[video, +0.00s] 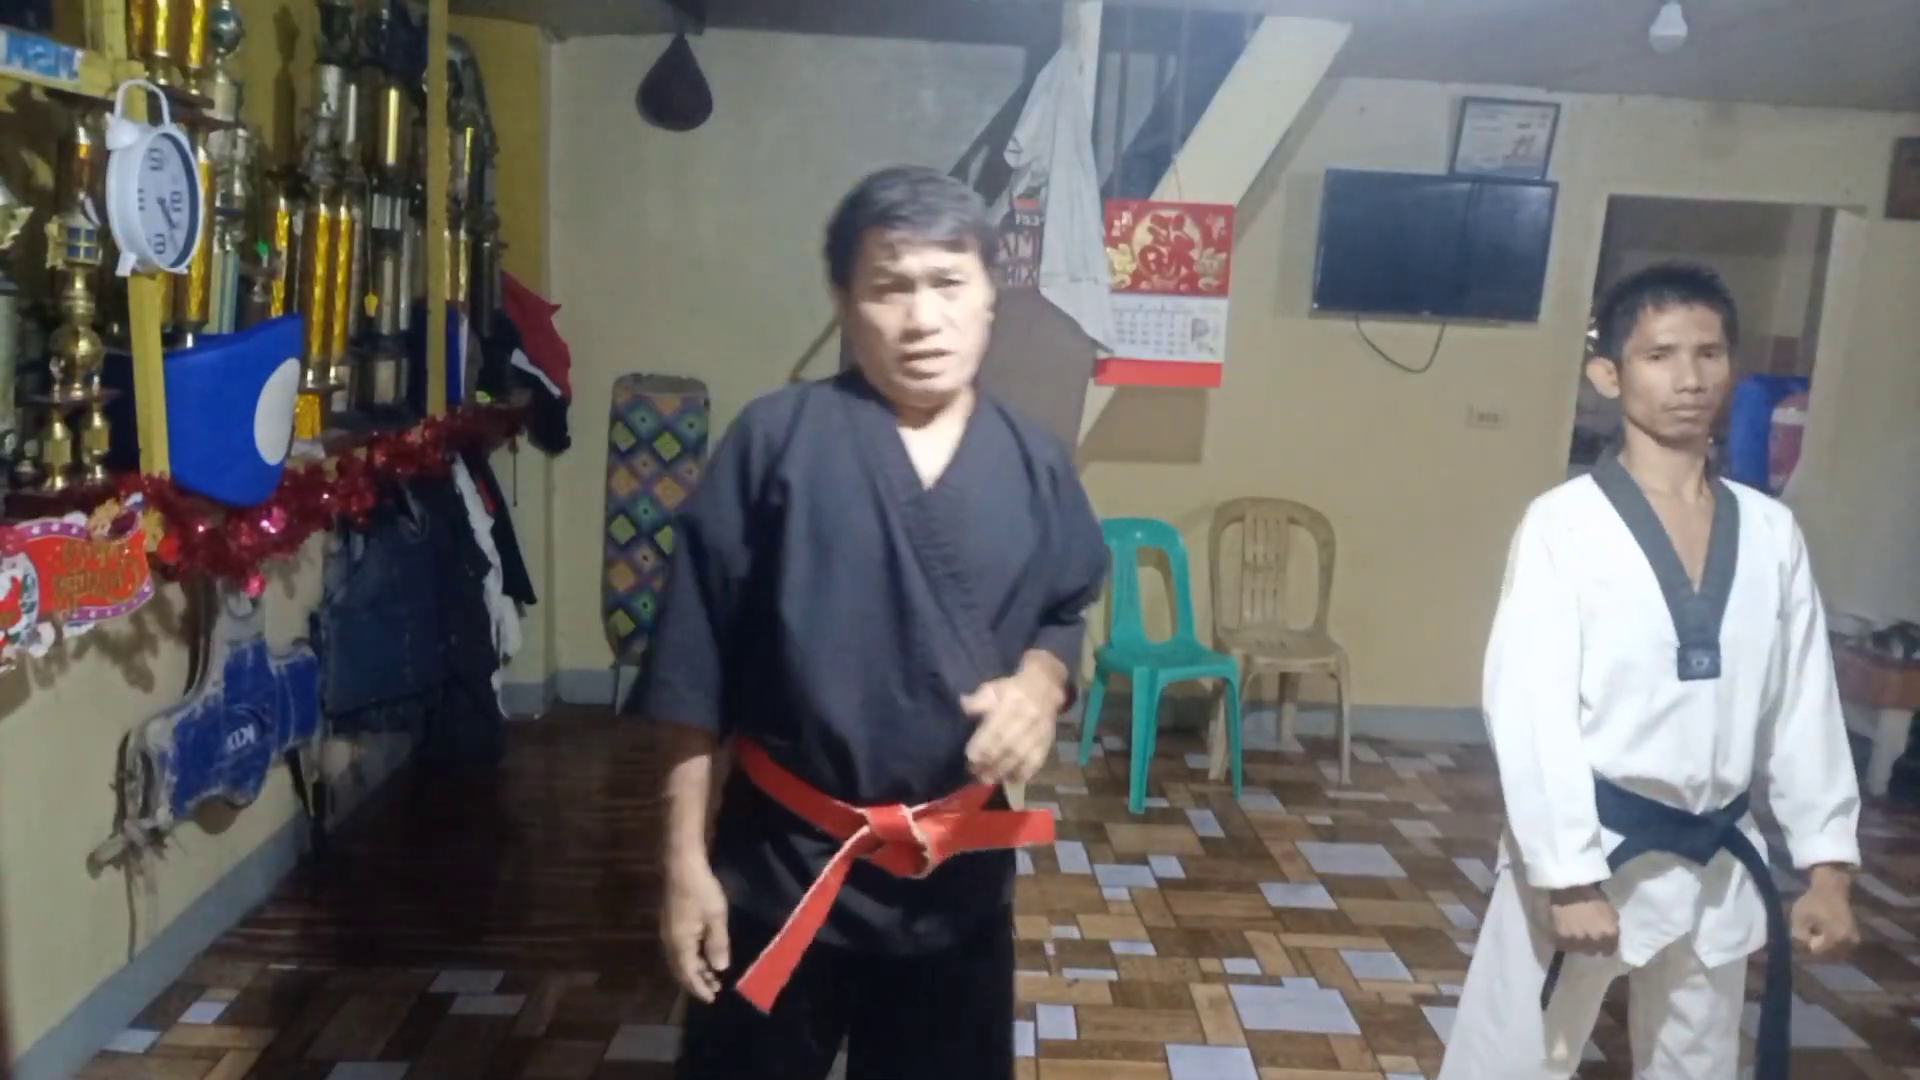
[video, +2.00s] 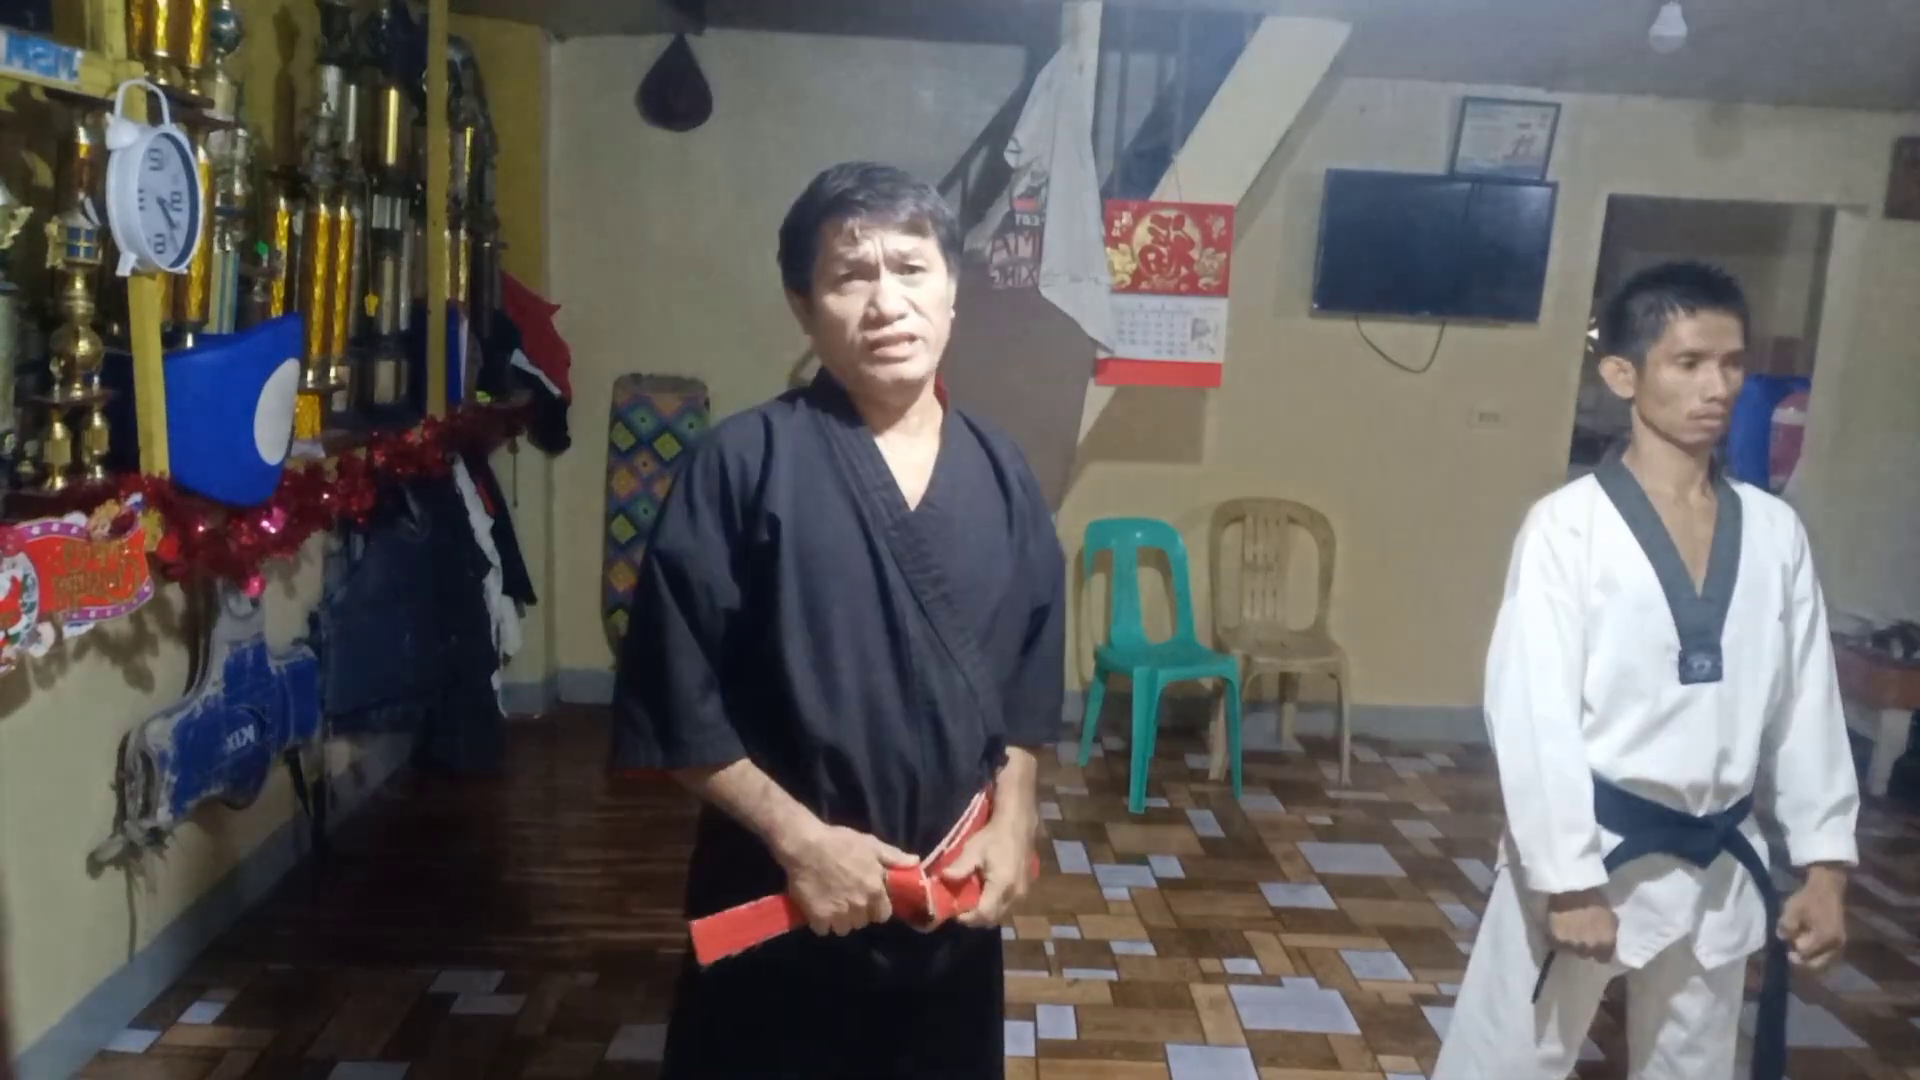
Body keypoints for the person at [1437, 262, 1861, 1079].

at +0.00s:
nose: (1692, 377)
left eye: (1710, 353)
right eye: (1662, 353)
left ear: (1733, 372)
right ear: (1607, 375)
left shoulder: (1771, 531)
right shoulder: (1561, 526)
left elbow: (1805, 704)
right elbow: (1529, 705)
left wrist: (1828, 864)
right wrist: (1570, 876)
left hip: (1719, 867)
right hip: (1581, 862)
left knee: (1698, 1070)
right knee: (1510, 1064)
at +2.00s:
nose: (1718, 387)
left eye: (1730, 362)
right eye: (1689, 363)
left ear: (1745, 368)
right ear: (1621, 376)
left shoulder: (1775, 530)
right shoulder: (1565, 527)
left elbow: (1808, 705)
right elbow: (1531, 710)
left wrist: (1826, 866)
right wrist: (1570, 880)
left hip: (1721, 870)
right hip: (1581, 864)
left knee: (1693, 1071)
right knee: (1506, 1066)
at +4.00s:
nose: (1714, 389)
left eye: (1727, 366)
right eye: (1685, 366)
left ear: (1740, 372)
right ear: (1617, 376)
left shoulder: (1771, 531)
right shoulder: (1564, 529)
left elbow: (1805, 704)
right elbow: (1535, 713)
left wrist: (1829, 867)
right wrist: (1579, 887)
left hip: (1721, 873)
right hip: (1586, 868)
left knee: (1695, 1070)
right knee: (1527, 1065)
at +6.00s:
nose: (1708, 389)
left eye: (1722, 365)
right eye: (1679, 365)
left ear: (1736, 372)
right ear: (1614, 377)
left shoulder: (1767, 529)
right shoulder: (1562, 527)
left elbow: (1802, 702)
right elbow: (1533, 711)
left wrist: (1824, 865)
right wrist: (1577, 883)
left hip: (1719, 871)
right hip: (1583, 867)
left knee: (1692, 1070)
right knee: (1523, 1065)